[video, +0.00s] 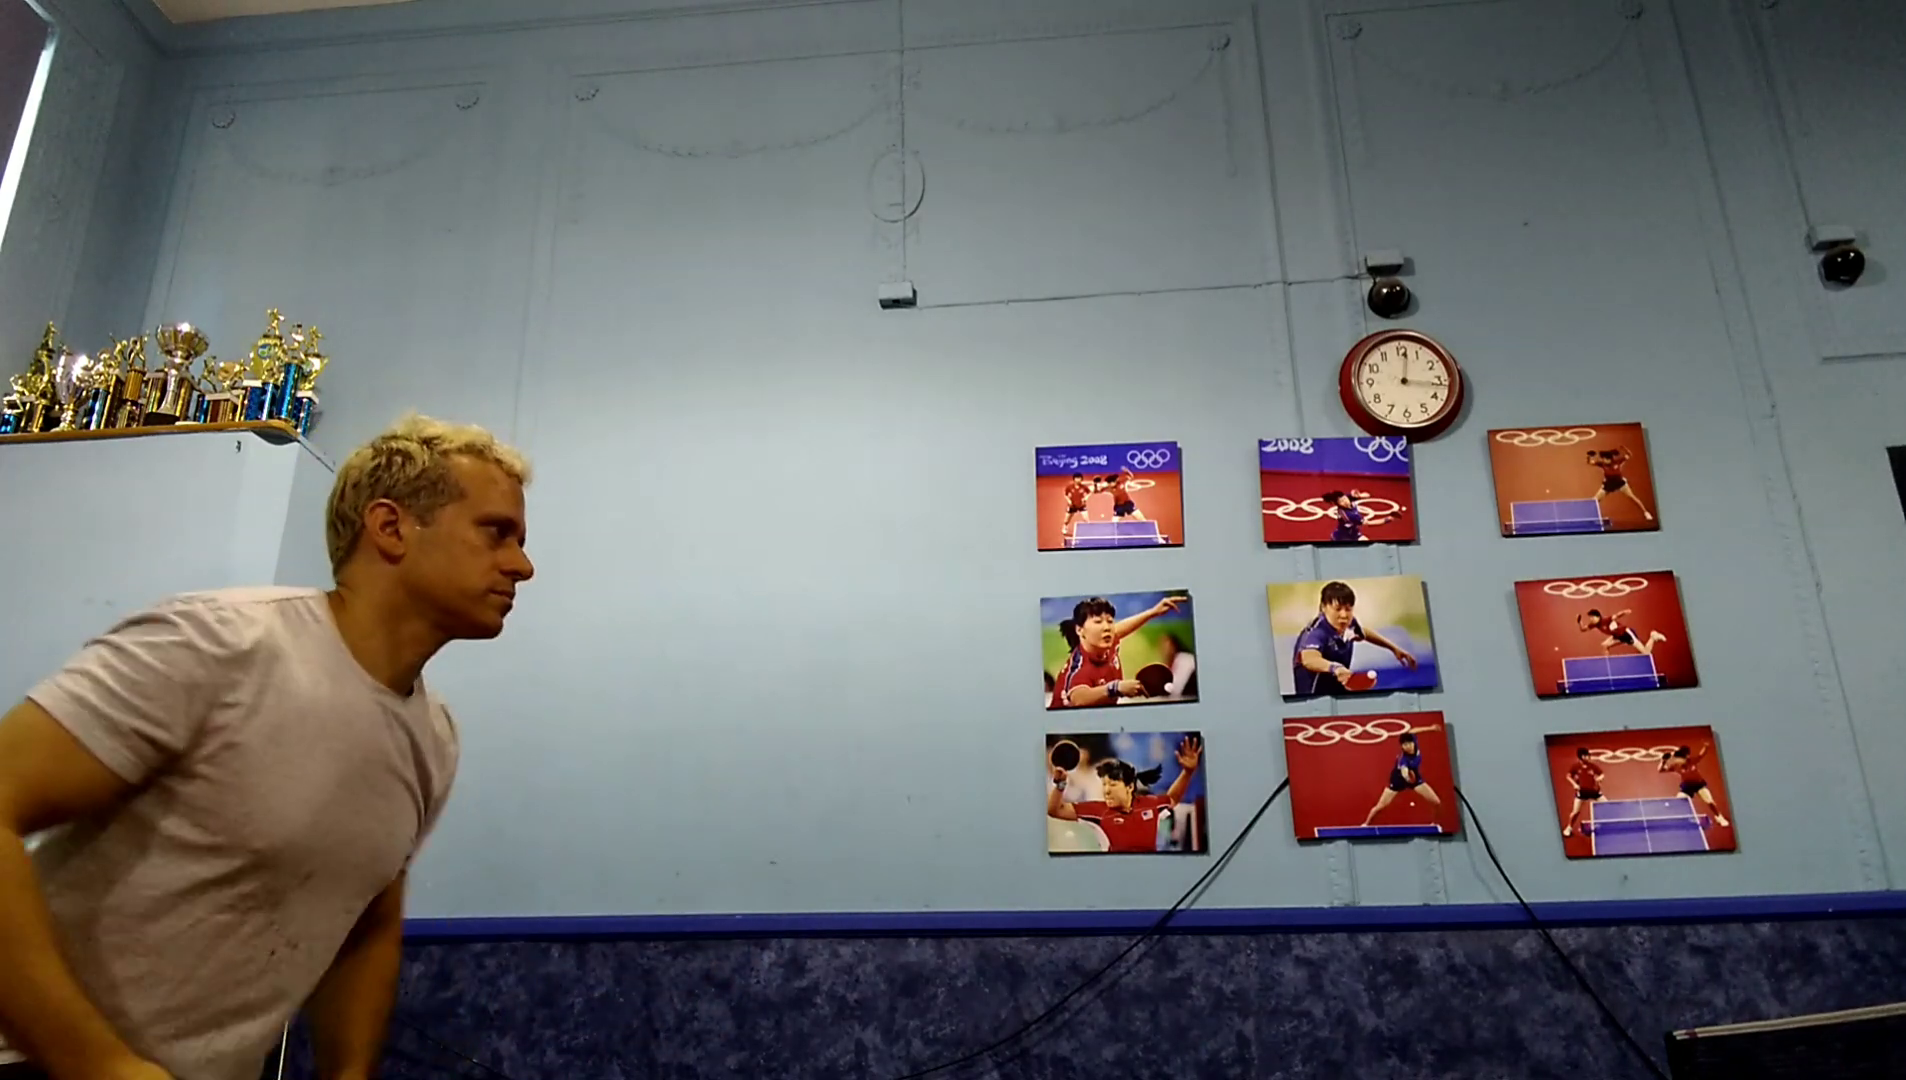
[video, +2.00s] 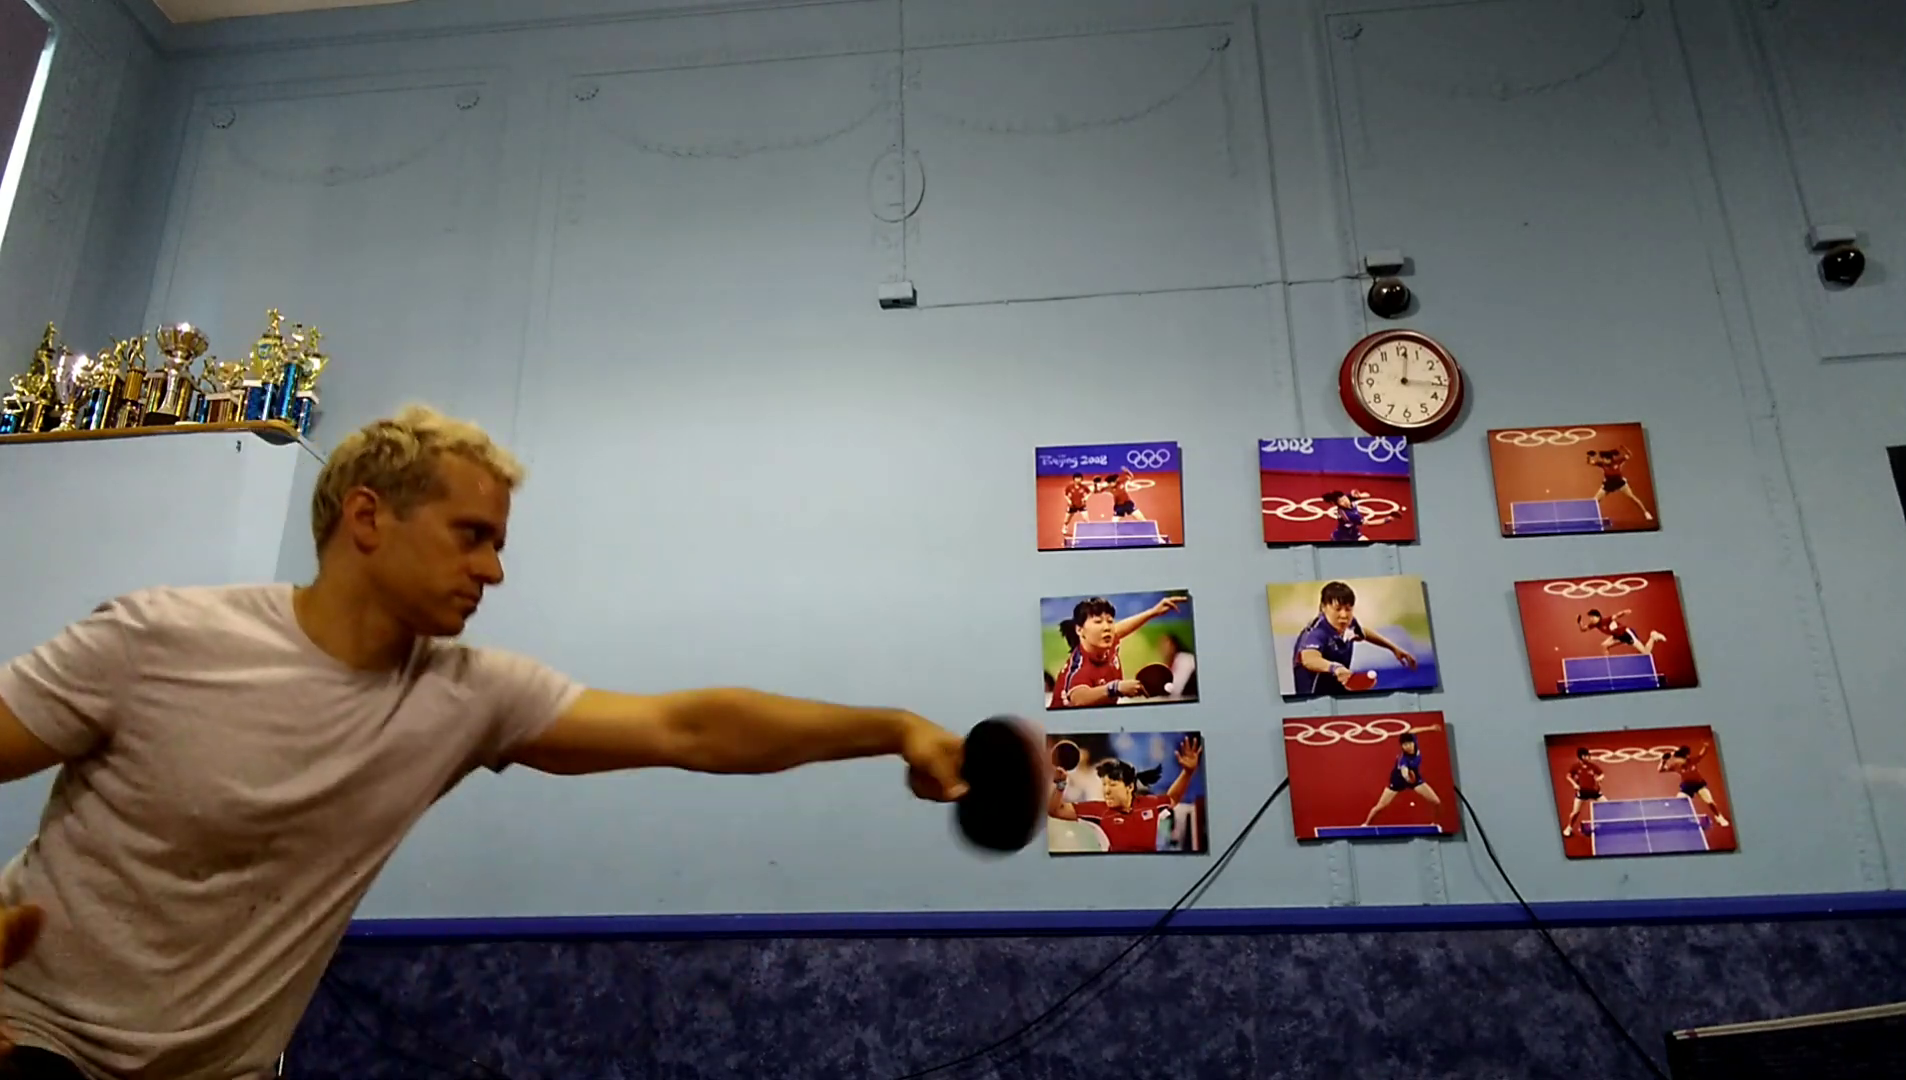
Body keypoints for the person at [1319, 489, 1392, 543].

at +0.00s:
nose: (1345, 502)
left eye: (1344, 499)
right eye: (1341, 502)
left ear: (1347, 497)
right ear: (1338, 505)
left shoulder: (1349, 499)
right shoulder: (1350, 515)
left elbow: (1368, 495)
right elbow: (1367, 523)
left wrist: (1360, 495)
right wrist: (1384, 520)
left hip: (1355, 535)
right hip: (1342, 538)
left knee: (1370, 547)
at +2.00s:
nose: (1344, 502)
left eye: (1343, 499)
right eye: (1340, 502)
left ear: (1346, 497)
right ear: (1338, 505)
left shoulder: (1350, 500)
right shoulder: (1349, 515)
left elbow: (1367, 496)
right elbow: (1367, 523)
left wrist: (1360, 495)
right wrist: (1385, 520)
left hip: (1355, 535)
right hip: (1341, 537)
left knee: (1370, 547)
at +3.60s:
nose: (1344, 502)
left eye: (1344, 499)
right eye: (1341, 502)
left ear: (1346, 497)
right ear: (1339, 505)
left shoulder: (1349, 498)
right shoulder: (1349, 515)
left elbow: (1367, 495)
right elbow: (1366, 523)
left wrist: (1360, 495)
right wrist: (1385, 520)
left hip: (1356, 536)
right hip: (1341, 538)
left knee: (1371, 548)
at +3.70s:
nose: (1344, 503)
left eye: (1343, 500)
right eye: (1341, 502)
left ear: (1346, 497)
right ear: (1339, 505)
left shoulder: (1349, 498)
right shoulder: (1350, 515)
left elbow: (1367, 495)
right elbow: (1366, 523)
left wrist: (1360, 495)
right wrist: (1385, 520)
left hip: (1356, 536)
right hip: (1341, 538)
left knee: (1371, 548)